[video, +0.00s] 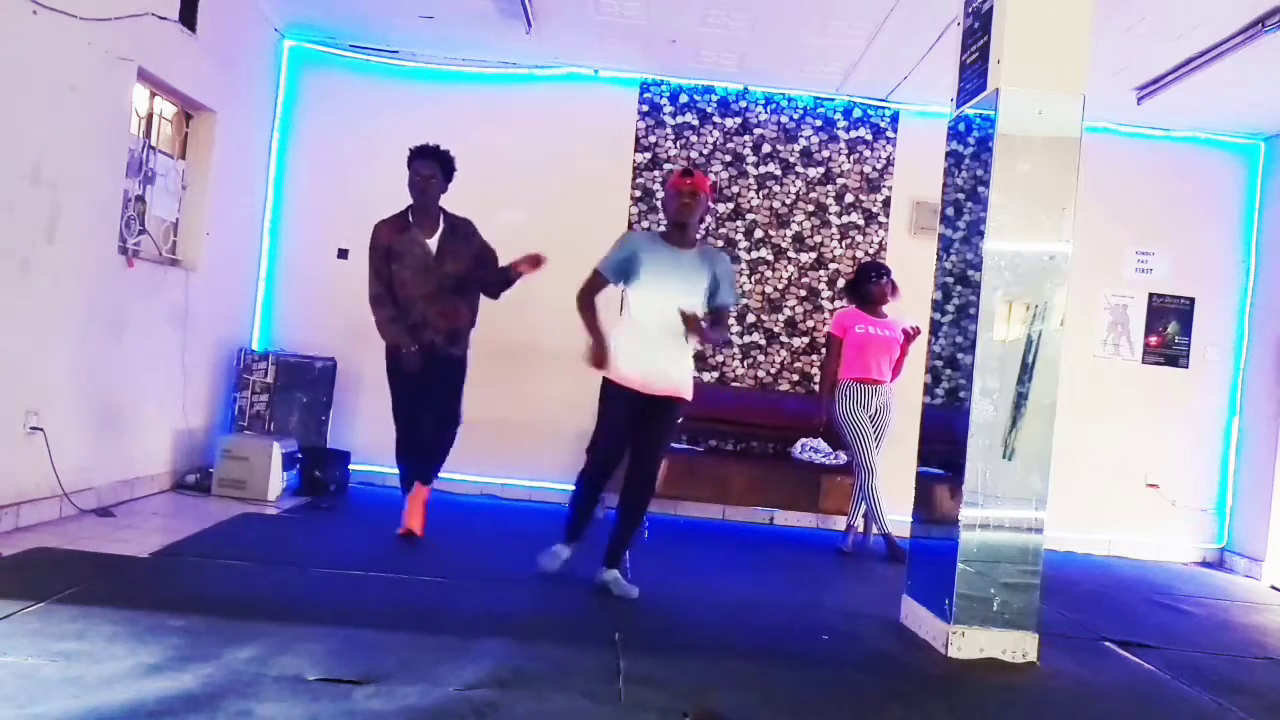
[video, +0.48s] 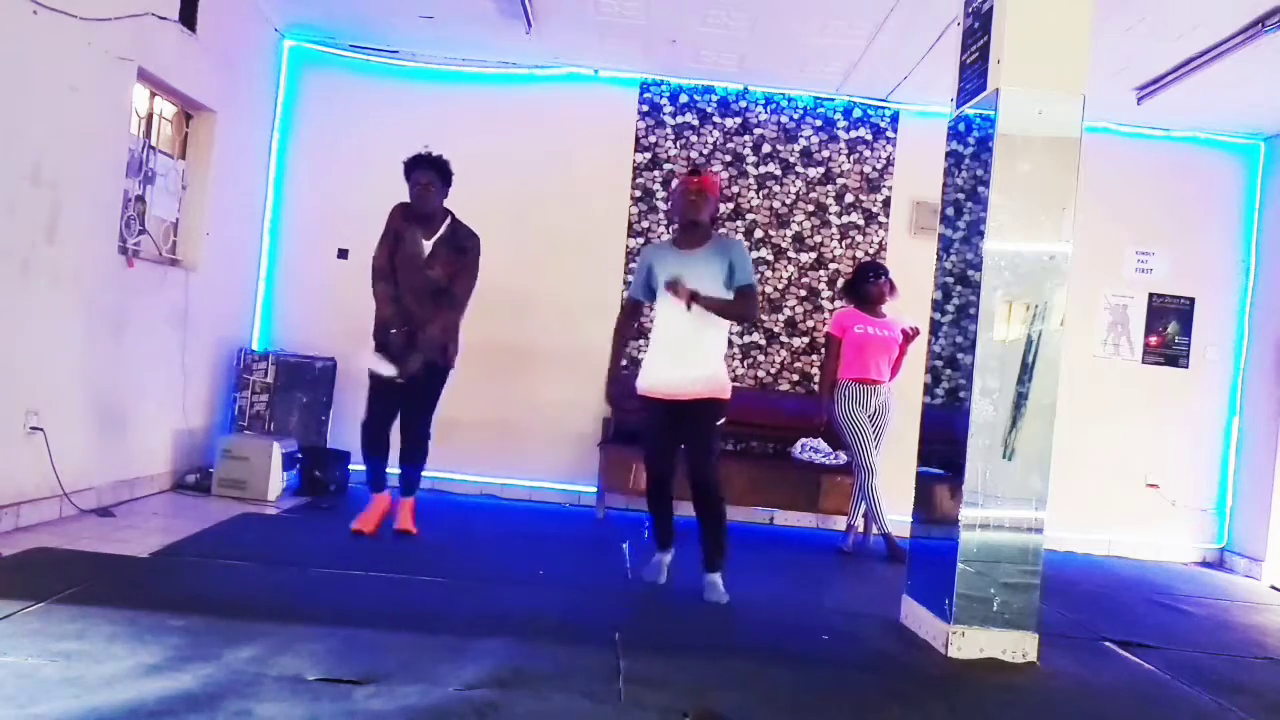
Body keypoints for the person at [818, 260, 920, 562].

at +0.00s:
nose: (889, 285)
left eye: (889, 280)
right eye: (881, 280)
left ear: (889, 287)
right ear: (865, 287)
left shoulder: (894, 328)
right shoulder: (846, 317)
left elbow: (892, 375)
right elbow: (830, 364)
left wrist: (905, 347)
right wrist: (826, 406)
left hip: (881, 398)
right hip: (850, 394)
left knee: (868, 465)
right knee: (867, 463)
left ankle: (850, 533)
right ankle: (887, 536)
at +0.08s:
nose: (889, 285)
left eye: (889, 280)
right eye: (881, 280)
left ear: (890, 287)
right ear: (865, 287)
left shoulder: (894, 328)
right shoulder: (846, 317)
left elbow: (892, 374)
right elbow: (830, 364)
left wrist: (905, 347)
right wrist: (826, 406)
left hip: (881, 397)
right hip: (850, 394)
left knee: (868, 464)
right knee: (867, 463)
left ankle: (850, 532)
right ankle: (887, 536)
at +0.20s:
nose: (888, 285)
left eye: (889, 280)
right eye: (881, 280)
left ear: (889, 287)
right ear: (865, 287)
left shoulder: (894, 328)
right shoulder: (845, 317)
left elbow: (892, 374)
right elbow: (830, 364)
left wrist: (905, 347)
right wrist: (825, 404)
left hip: (881, 397)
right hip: (850, 395)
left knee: (868, 464)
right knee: (867, 463)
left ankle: (850, 532)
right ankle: (887, 536)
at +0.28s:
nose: (889, 285)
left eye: (888, 280)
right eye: (882, 280)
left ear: (887, 286)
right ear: (866, 286)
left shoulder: (894, 327)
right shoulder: (845, 317)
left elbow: (891, 374)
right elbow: (830, 363)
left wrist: (905, 347)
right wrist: (825, 404)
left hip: (881, 398)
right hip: (850, 395)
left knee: (868, 464)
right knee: (867, 463)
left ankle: (850, 532)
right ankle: (887, 536)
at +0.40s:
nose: (888, 287)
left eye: (888, 281)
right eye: (881, 281)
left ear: (887, 287)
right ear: (865, 286)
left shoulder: (894, 327)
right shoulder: (845, 317)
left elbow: (891, 374)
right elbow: (830, 364)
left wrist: (904, 347)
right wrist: (825, 405)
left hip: (881, 398)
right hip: (850, 395)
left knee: (868, 465)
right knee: (868, 464)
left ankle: (850, 533)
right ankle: (888, 536)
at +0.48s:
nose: (888, 285)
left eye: (888, 280)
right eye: (881, 280)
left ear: (886, 286)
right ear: (865, 286)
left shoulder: (893, 327)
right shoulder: (844, 317)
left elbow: (890, 374)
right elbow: (830, 364)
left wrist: (904, 347)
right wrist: (825, 405)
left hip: (881, 397)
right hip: (850, 394)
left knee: (868, 464)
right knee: (867, 463)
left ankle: (850, 531)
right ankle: (887, 535)